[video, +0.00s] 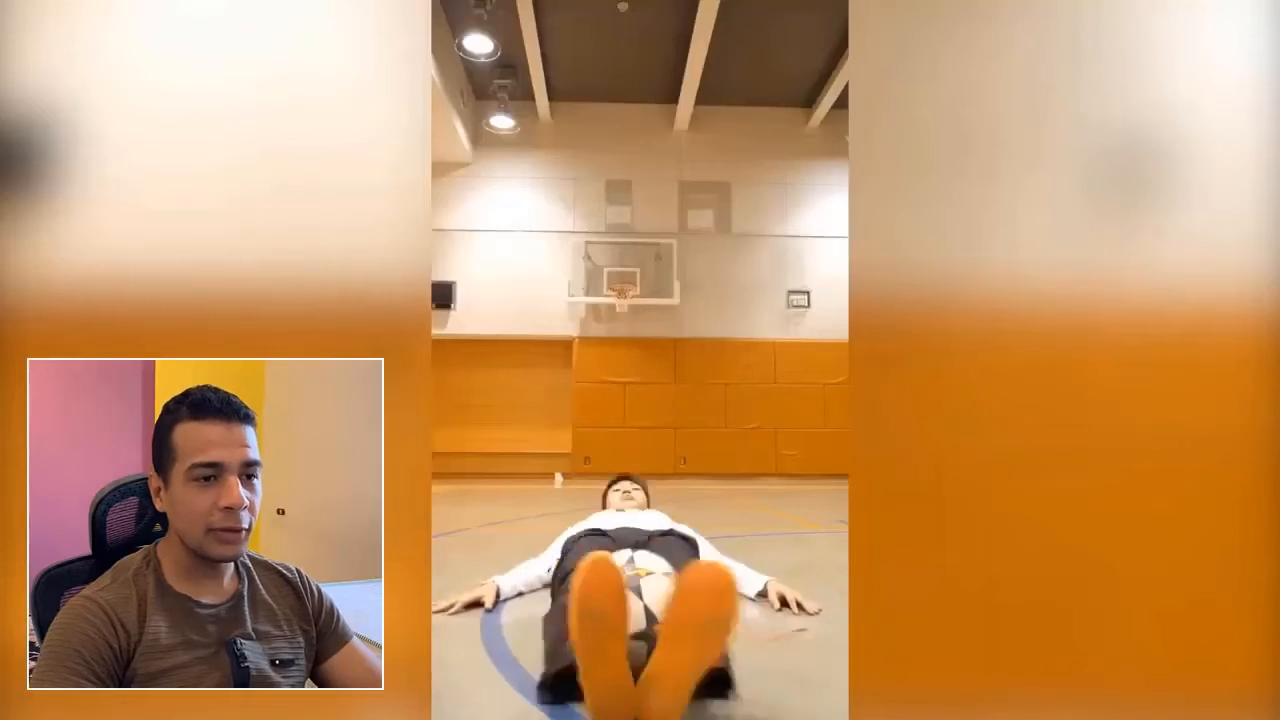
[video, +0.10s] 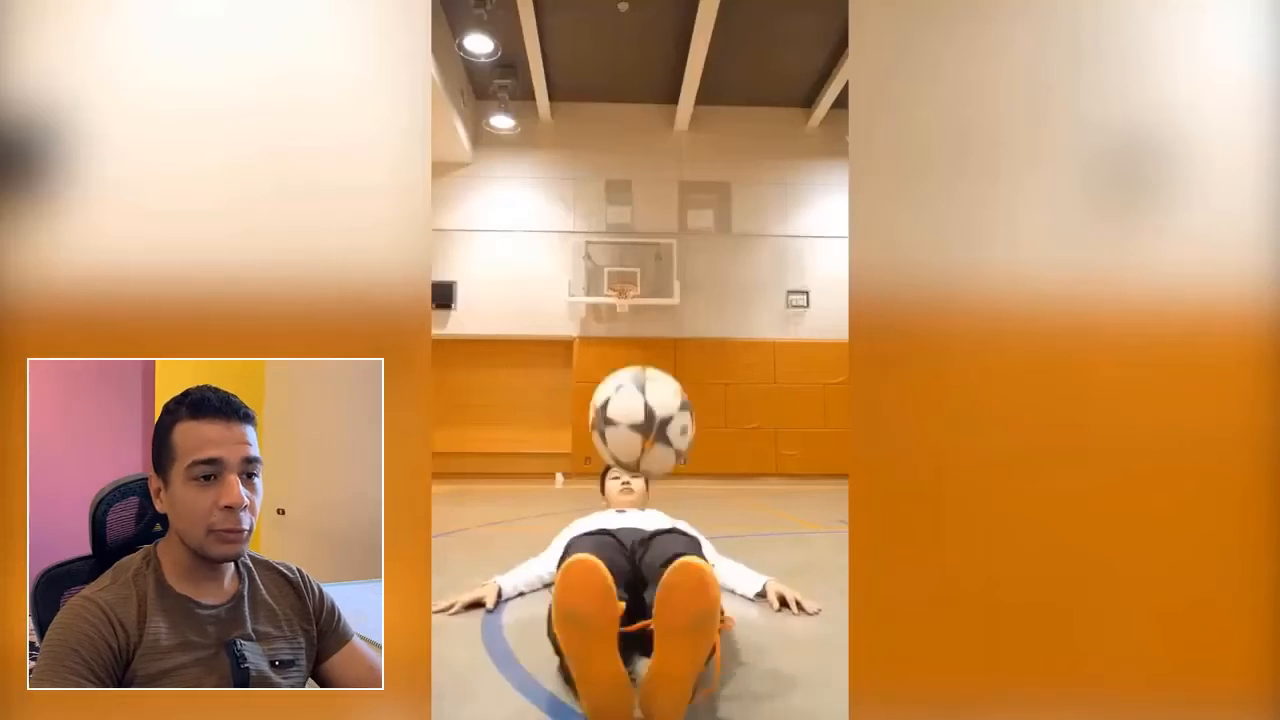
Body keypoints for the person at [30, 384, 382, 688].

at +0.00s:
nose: (237, 499)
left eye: (249, 475)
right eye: (207, 478)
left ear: (261, 482)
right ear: (160, 493)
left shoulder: (296, 595)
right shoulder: (98, 618)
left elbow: (387, 699)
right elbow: (48, 710)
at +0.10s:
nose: (237, 498)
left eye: (249, 474)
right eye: (207, 477)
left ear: (261, 483)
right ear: (160, 494)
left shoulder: (297, 595)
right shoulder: (98, 618)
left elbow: (389, 698)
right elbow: (48, 710)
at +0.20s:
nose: (238, 501)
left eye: (250, 477)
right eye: (207, 479)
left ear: (262, 484)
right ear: (160, 497)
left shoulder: (298, 596)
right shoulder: (97, 620)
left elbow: (391, 697)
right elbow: (47, 710)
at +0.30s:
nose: (238, 505)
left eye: (251, 480)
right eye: (207, 482)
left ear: (263, 486)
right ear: (160, 498)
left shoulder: (298, 597)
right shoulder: (96, 621)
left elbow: (390, 697)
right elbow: (50, 705)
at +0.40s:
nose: (239, 507)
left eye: (251, 482)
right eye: (207, 485)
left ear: (265, 487)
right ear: (160, 499)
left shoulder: (297, 597)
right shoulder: (98, 621)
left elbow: (391, 698)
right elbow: (56, 711)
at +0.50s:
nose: (239, 507)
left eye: (252, 482)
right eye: (209, 485)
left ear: (265, 488)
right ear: (160, 499)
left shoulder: (297, 597)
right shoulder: (98, 620)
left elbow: (391, 695)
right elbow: (69, 707)